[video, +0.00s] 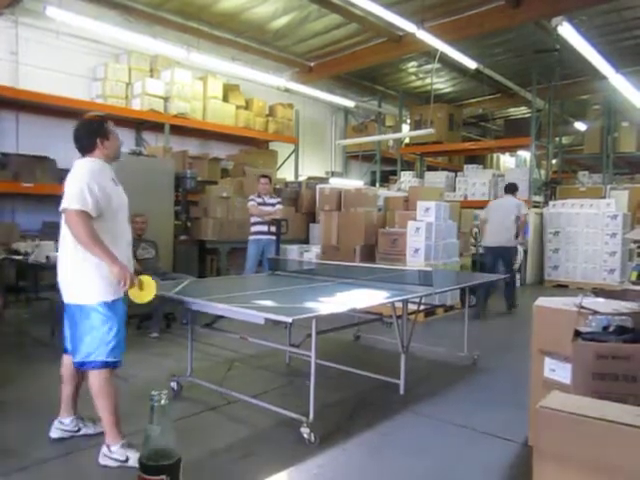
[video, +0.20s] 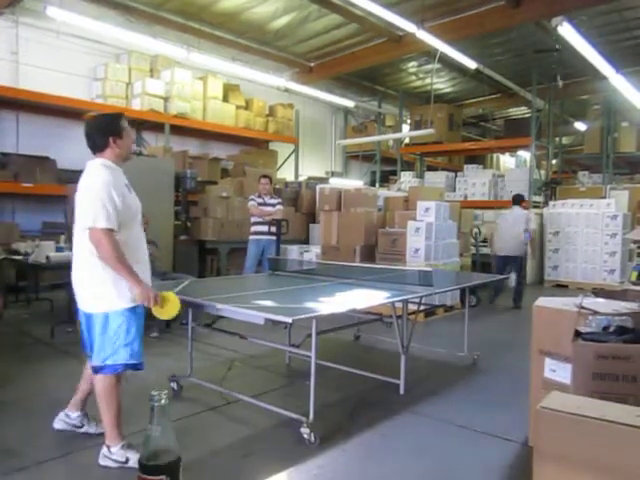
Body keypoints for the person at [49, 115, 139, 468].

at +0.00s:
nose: (119, 141)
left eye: (116, 136)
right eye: (114, 136)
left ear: (94, 143)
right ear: (101, 141)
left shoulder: (101, 172)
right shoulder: (87, 170)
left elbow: (96, 222)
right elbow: (75, 218)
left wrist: (127, 226)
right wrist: (114, 262)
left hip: (91, 286)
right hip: (93, 288)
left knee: (75, 354)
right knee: (101, 364)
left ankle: (66, 418)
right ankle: (114, 444)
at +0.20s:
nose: (134, 140)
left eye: (131, 135)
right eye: (129, 135)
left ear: (107, 142)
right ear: (114, 141)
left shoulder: (106, 175)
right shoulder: (101, 178)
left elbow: (111, 233)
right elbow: (101, 236)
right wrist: (137, 283)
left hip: (110, 291)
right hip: (108, 294)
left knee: (102, 357)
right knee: (109, 367)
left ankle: (72, 412)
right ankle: (113, 446)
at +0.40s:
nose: (144, 142)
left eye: (141, 136)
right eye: (140, 136)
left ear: (113, 141)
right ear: (126, 141)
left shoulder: (102, 170)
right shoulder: (114, 175)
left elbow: (114, 233)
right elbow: (124, 234)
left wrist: (154, 273)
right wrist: (159, 275)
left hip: (110, 286)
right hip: (121, 289)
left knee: (118, 355)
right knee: (118, 365)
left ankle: (95, 402)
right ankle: (115, 446)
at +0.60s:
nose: (151, 144)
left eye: (148, 138)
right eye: (147, 139)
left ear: (116, 143)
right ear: (132, 143)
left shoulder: (98, 171)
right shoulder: (122, 175)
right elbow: (139, 233)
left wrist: (153, 275)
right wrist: (171, 272)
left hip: (110, 286)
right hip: (130, 290)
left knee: (125, 355)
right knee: (126, 364)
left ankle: (97, 399)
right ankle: (115, 446)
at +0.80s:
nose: (152, 146)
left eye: (150, 139)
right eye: (149, 140)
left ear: (114, 141)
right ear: (135, 143)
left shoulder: (99, 172)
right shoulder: (128, 176)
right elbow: (143, 236)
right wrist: (175, 275)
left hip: (112, 287)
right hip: (134, 292)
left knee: (124, 356)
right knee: (126, 366)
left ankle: (94, 403)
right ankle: (115, 447)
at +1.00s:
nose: (154, 146)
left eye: (153, 139)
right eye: (152, 139)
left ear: (117, 141)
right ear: (139, 141)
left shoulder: (101, 171)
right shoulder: (133, 176)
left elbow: (109, 231)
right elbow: (150, 236)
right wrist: (176, 276)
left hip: (112, 286)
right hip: (136, 291)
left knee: (123, 357)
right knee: (126, 366)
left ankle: (93, 407)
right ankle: (115, 446)